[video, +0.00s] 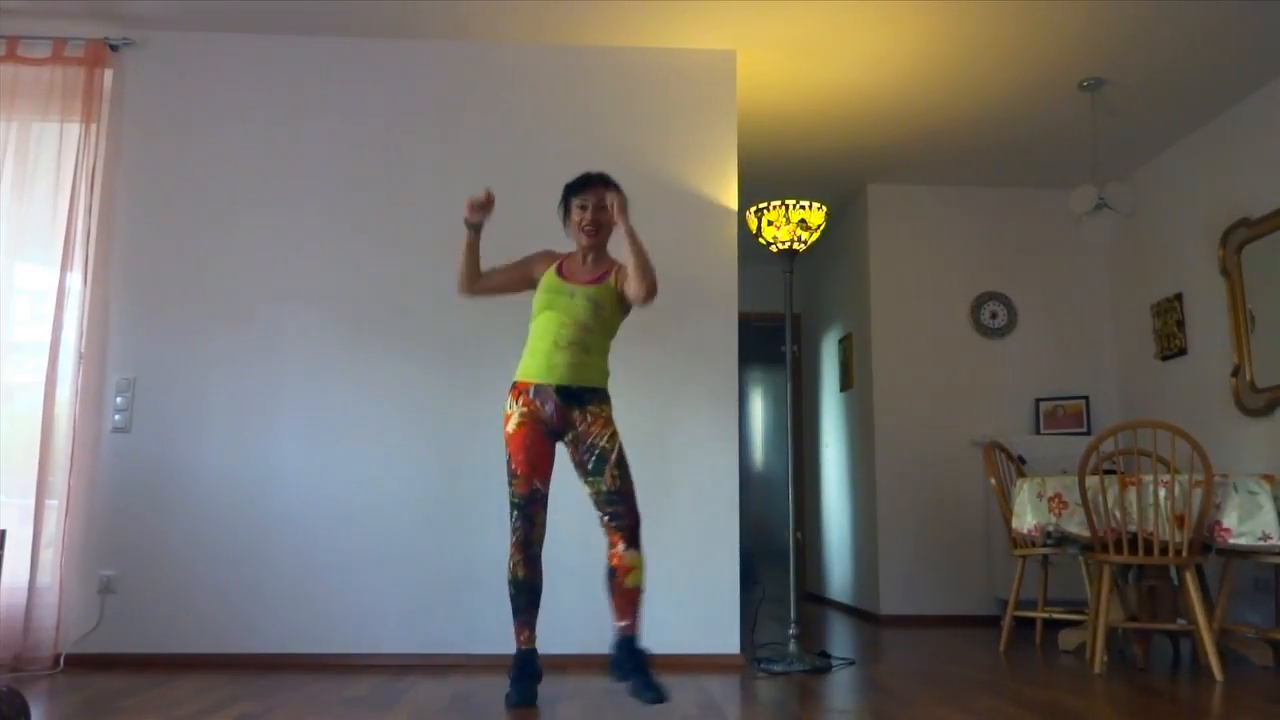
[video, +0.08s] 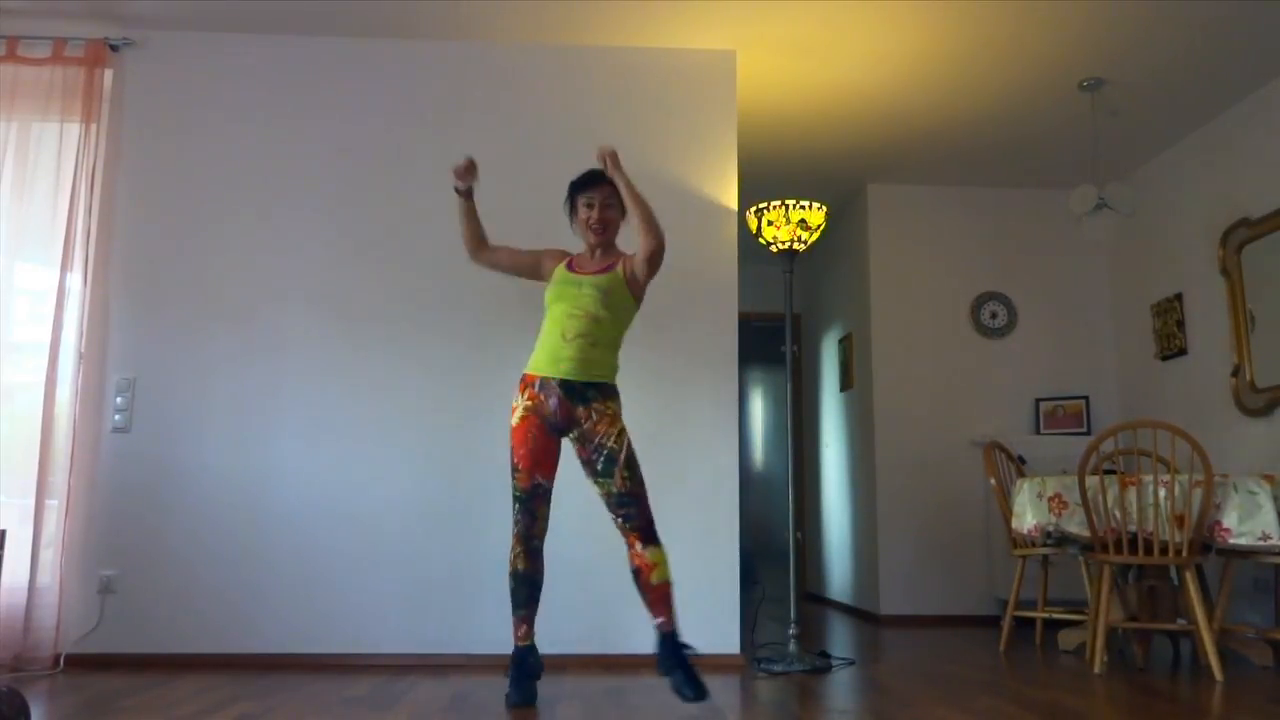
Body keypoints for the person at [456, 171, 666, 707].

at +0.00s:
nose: (591, 217)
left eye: (600, 210)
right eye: (581, 208)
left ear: (612, 220)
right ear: (567, 216)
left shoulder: (619, 272)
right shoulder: (547, 264)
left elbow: (644, 290)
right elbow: (471, 284)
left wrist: (626, 226)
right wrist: (473, 229)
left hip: (589, 408)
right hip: (530, 403)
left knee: (625, 528)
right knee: (526, 534)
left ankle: (627, 650)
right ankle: (525, 658)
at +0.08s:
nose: (598, 214)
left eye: (607, 206)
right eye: (587, 206)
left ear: (620, 213)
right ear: (573, 216)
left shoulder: (631, 272)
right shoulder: (554, 264)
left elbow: (653, 243)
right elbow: (481, 251)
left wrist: (621, 179)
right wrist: (465, 195)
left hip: (596, 401)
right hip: (538, 395)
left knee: (637, 520)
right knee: (527, 525)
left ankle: (670, 645)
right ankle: (524, 654)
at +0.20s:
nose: (608, 227)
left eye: (617, 217)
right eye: (597, 218)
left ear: (633, 224)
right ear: (584, 227)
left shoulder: (645, 275)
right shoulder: (574, 275)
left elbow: (657, 206)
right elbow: (510, 231)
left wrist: (622, 139)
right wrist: (463, 183)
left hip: (614, 414)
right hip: (555, 406)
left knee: (649, 540)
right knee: (540, 534)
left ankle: (698, 655)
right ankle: (530, 656)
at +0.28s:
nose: (617, 235)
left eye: (626, 224)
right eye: (606, 226)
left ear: (643, 229)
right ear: (594, 233)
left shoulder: (659, 278)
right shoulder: (587, 284)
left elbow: (669, 211)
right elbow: (512, 258)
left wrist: (628, 145)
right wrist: (486, 199)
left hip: (634, 421)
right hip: (575, 411)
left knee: (660, 545)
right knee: (554, 536)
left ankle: (696, 664)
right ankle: (536, 657)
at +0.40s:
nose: (629, 244)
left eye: (635, 234)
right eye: (618, 237)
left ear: (651, 234)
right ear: (605, 244)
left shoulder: (675, 279)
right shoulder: (601, 295)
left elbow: (699, 261)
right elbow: (533, 324)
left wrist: (651, 212)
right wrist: (534, 265)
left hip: (669, 423)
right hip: (610, 420)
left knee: (682, 550)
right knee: (569, 538)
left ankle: (697, 670)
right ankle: (563, 652)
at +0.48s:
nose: (639, 251)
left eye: (648, 241)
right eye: (628, 243)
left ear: (663, 242)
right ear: (613, 250)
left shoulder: (687, 285)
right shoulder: (608, 303)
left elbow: (722, 320)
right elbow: (568, 366)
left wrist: (667, 281)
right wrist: (557, 321)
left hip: (686, 430)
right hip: (627, 432)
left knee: (695, 551)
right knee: (585, 531)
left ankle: (699, 672)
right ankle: (608, 650)